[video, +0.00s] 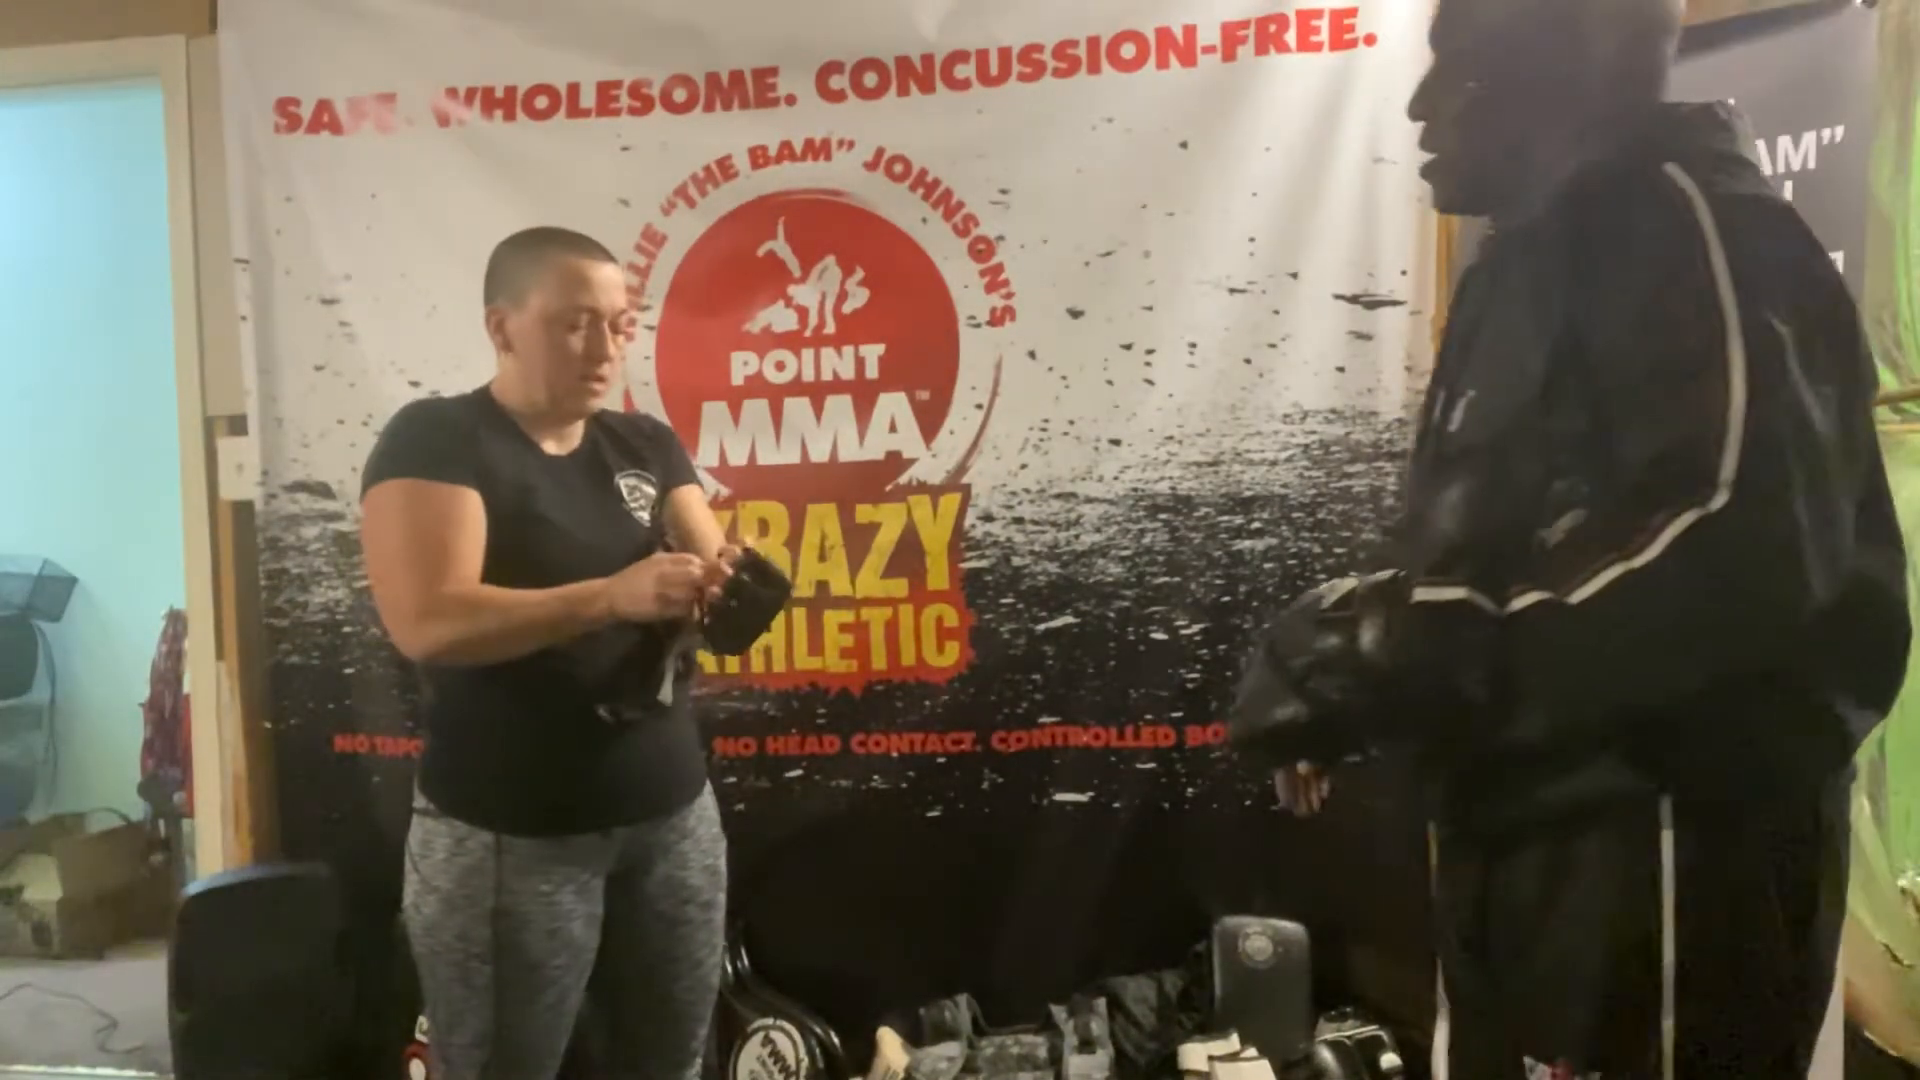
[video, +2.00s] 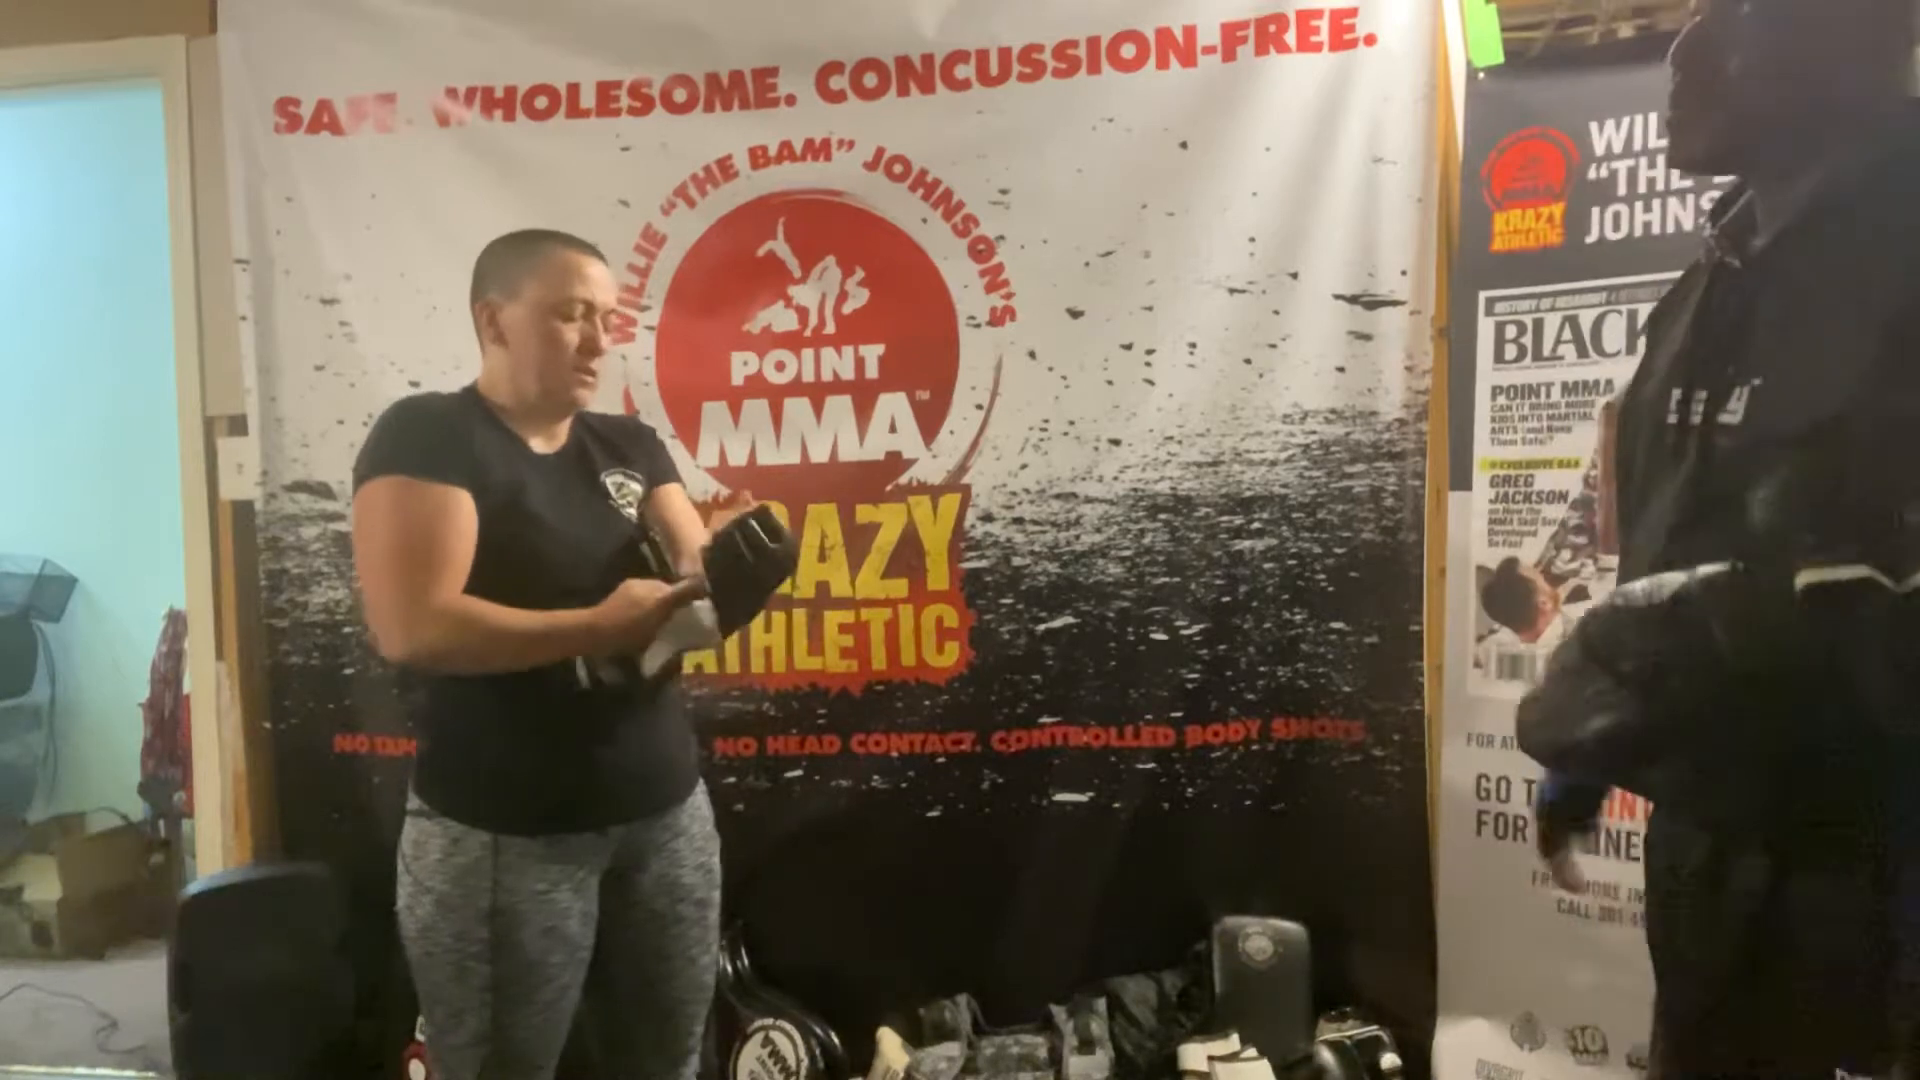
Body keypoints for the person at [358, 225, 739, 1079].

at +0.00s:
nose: (606, 349)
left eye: (617, 327)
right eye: (578, 323)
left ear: (626, 331)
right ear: (503, 326)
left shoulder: (647, 445)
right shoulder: (431, 441)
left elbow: (724, 586)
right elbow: (425, 621)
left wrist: (727, 587)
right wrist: (611, 594)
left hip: (670, 828)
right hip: (504, 843)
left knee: (662, 1065)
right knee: (498, 1069)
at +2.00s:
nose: (599, 339)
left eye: (606, 319)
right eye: (572, 312)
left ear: (613, 328)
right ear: (491, 319)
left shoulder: (628, 444)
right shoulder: (424, 436)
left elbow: (700, 581)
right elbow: (412, 626)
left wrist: (727, 549)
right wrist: (600, 627)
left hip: (664, 828)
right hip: (499, 846)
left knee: (658, 1065)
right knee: (496, 1068)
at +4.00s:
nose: (545, 353)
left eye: (555, 331)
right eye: (523, 325)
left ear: (563, 334)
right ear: (440, 316)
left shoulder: (561, 440)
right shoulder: (363, 436)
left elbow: (656, 562)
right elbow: (405, 594)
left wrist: (616, 628)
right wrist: (607, 586)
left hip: (609, 826)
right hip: (449, 851)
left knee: (636, 1064)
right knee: (467, 1067)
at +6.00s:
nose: (642, 362)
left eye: (652, 339)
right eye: (620, 333)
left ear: (657, 336)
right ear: (542, 323)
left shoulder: (654, 443)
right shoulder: (454, 423)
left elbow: (697, 589)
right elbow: (441, 608)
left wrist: (749, 620)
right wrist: (631, 635)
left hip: (673, 827)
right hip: (511, 840)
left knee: (656, 1065)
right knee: (500, 1067)